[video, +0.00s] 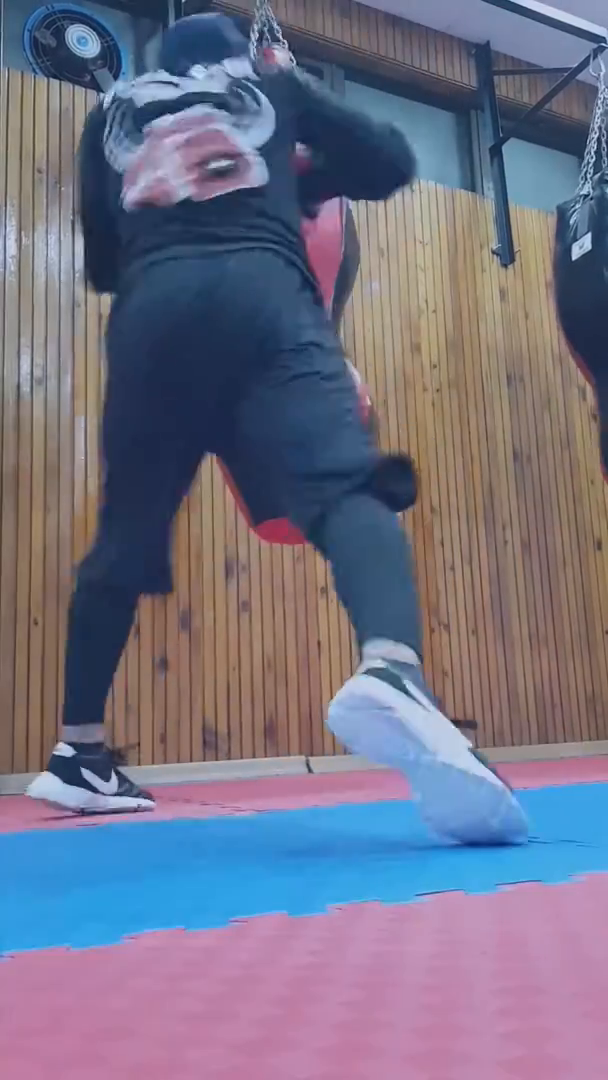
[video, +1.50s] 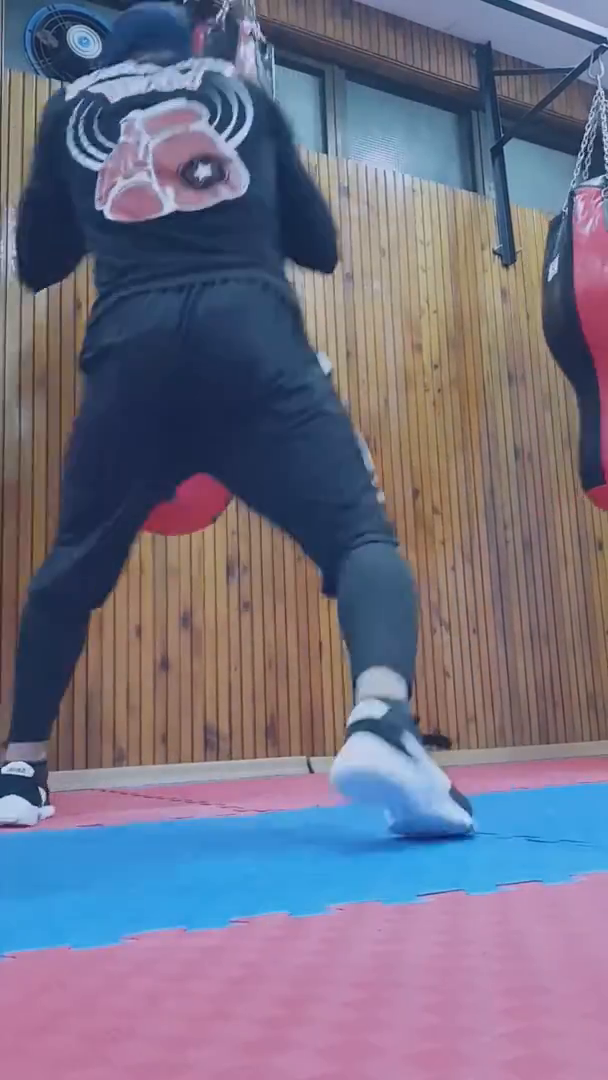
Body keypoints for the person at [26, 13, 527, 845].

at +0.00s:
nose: (260, 55)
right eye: (253, 46)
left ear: (164, 60)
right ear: (244, 50)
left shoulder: (112, 112)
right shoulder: (271, 87)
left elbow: (104, 262)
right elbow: (389, 165)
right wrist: (301, 180)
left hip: (151, 295)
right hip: (262, 278)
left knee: (126, 530)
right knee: (340, 487)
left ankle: (79, 749)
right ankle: (391, 668)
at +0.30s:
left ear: (141, 9)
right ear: (228, 4)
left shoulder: (100, 76)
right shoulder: (282, 50)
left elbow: (85, 238)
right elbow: (351, 200)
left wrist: (166, 174)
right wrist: (268, 157)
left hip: (151, 289)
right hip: (264, 266)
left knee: (141, 540)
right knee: (356, 499)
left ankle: (93, 766)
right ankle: (337, 693)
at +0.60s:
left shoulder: (159, 14)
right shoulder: (342, 2)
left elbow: (90, 123)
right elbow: (397, 132)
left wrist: (193, 137)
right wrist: (317, 68)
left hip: (158, 222)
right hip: (271, 191)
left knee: (170, 511)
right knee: (392, 468)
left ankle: (144, 756)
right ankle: (314, 719)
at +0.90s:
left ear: (240, 11)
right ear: (302, 3)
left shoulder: (197, 69)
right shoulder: (318, 15)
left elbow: (253, 251)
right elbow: (346, 176)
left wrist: (374, 229)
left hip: (113, 293)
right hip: (212, 268)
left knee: (157, 538)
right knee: (411, 502)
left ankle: (31, 741)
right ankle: (394, 750)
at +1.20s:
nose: (45, 73)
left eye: (47, 59)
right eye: (50, 61)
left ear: (59, 53)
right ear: (116, 63)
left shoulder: (69, 82)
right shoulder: (172, 142)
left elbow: (60, 195)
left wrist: (14, 235)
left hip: (118, 322)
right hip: (226, 325)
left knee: (30, 549)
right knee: (274, 542)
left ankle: (12, 761)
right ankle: (442, 656)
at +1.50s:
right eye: (207, 29)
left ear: (114, 50)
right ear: (197, 37)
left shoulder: (71, 112)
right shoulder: (244, 94)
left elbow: (36, 262)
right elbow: (318, 245)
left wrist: (105, 176)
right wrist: (229, 186)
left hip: (130, 342)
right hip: (248, 326)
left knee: (78, 557)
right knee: (357, 535)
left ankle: (19, 765)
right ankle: (382, 716)